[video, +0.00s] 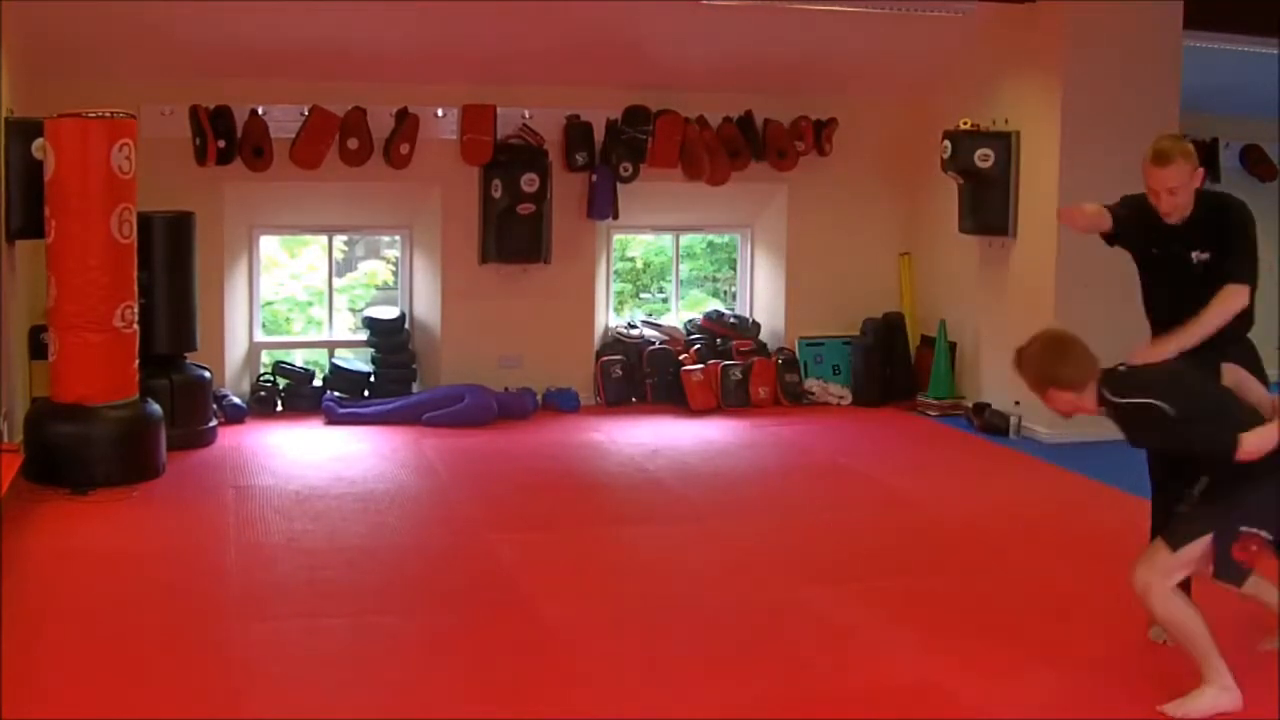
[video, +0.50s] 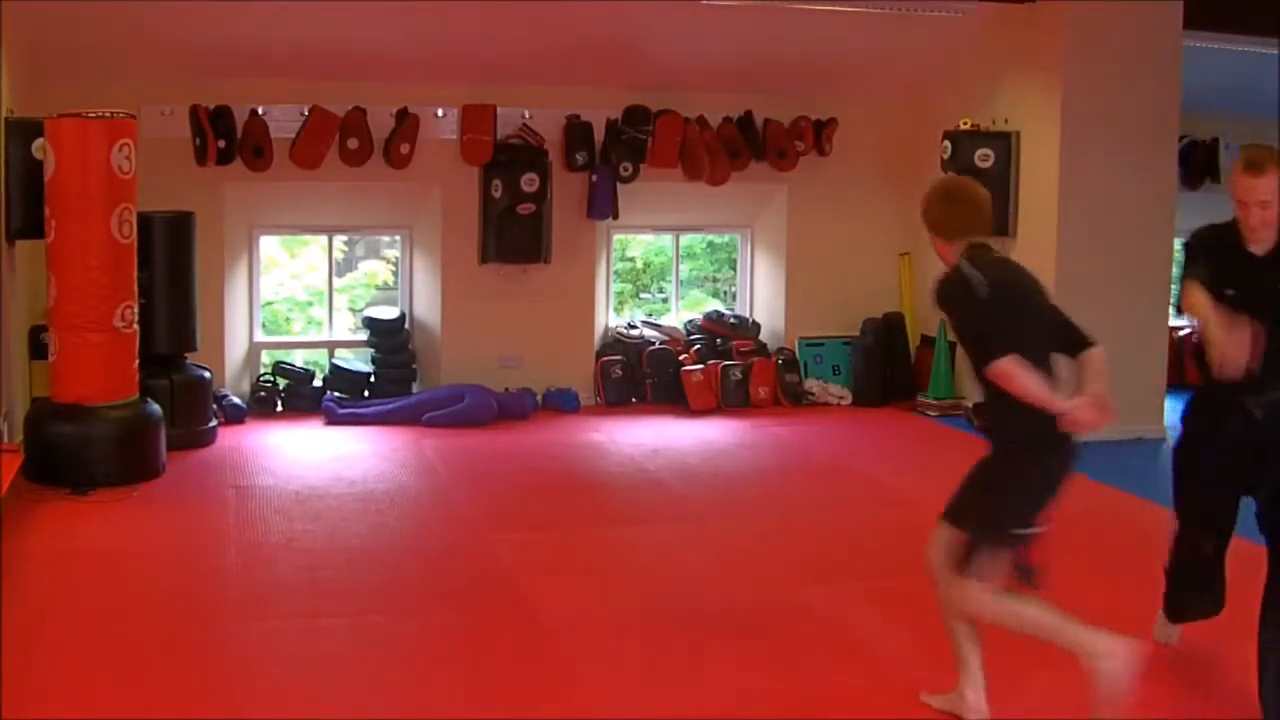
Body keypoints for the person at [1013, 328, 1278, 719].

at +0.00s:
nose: (1047, 404)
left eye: (1043, 397)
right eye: (1043, 398)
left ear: (1058, 395)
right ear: (1087, 363)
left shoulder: (1136, 413)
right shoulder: (1127, 377)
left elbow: (1246, 446)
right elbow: (1229, 371)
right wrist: (1272, 411)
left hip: (1250, 479)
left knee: (1151, 578)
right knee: (1204, 557)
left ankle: (1220, 684)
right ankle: (1279, 604)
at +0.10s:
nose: (1023, 382)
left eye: (1020, 374)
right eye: (1020, 373)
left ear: (1032, 376)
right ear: (1063, 343)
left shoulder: (1108, 397)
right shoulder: (1106, 363)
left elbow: (1210, 435)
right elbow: (1213, 365)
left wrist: (1260, 419)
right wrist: (1257, 407)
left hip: (1238, 473)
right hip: (1205, 462)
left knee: (1144, 586)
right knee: (1127, 536)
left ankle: (1218, 684)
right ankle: (1226, 626)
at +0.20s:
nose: (999, 339)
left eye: (995, 330)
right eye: (997, 329)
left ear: (1005, 331)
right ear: (1040, 306)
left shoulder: (1073, 356)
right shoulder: (1077, 337)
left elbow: (1168, 397)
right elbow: (1185, 357)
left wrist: (1230, 401)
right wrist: (1228, 388)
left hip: (1209, 455)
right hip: (1177, 449)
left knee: (1137, 587)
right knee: (1087, 518)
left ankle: (1221, 681)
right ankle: (1115, 654)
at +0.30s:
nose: (979, 289)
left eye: (977, 278)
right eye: (976, 278)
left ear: (987, 281)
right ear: (1021, 266)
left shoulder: (1033, 317)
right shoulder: (1061, 300)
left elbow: (1114, 368)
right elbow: (1163, 348)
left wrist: (1180, 391)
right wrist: (1192, 386)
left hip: (1156, 452)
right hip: (1135, 448)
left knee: (1122, 586)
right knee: (1037, 521)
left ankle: (1218, 674)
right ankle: (1019, 668)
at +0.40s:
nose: (957, 257)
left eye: (955, 248)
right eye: (957, 247)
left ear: (962, 250)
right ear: (1004, 235)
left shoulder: (994, 288)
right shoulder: (1035, 277)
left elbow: (1056, 353)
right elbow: (1123, 336)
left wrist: (1116, 389)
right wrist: (1140, 386)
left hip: (1088, 448)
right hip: (1075, 446)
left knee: (1067, 593)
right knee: (987, 542)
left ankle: (1185, 659)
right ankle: (977, 693)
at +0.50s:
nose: (931, 241)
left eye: (930, 232)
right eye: (934, 231)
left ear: (937, 235)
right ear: (984, 225)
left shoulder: (958, 283)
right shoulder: (1014, 275)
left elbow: (999, 363)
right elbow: (1086, 347)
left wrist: (1063, 406)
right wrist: (1093, 395)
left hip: (1027, 449)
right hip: (1037, 442)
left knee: (961, 589)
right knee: (943, 551)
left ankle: (1101, 648)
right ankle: (971, 692)